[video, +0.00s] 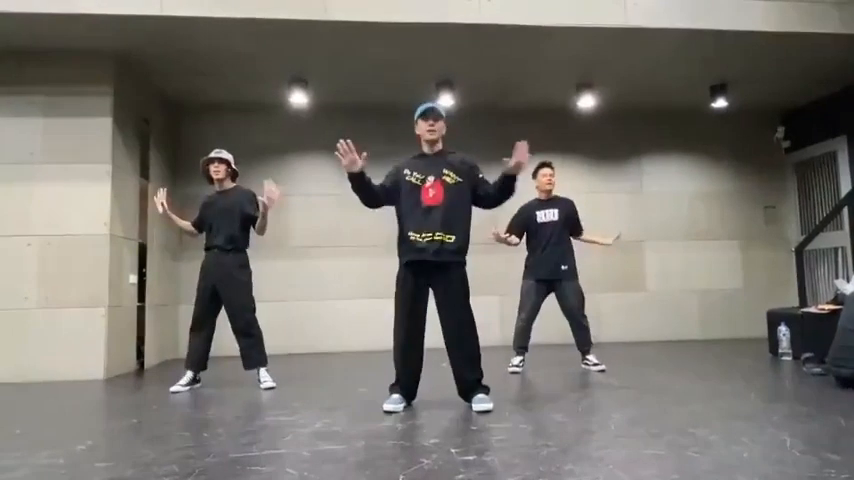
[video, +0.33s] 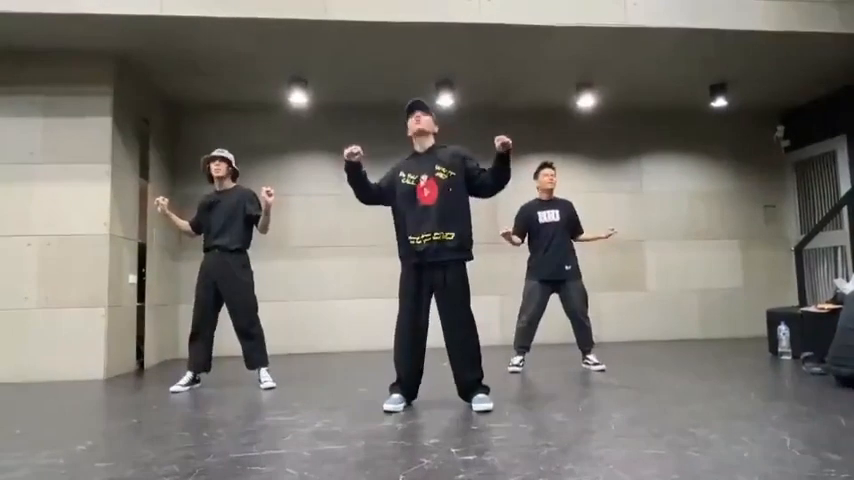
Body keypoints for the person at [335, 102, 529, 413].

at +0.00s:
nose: (431, 124)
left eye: (436, 119)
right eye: (425, 120)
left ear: (444, 126)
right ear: (416, 127)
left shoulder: (463, 166)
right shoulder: (403, 169)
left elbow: (490, 198)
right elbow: (373, 198)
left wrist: (510, 173)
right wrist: (356, 173)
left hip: (450, 263)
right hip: (412, 264)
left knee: (460, 327)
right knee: (406, 329)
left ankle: (475, 391)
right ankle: (401, 392)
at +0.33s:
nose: (417, 119)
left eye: (423, 115)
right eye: (412, 117)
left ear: (435, 124)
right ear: (407, 129)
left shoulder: (456, 157)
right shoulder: (400, 170)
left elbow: (488, 185)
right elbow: (369, 195)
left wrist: (502, 156)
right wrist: (354, 167)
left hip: (450, 258)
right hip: (413, 261)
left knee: (460, 324)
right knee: (409, 326)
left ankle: (475, 390)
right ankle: (403, 391)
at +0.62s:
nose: (416, 137)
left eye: (422, 131)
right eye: (413, 132)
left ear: (437, 133)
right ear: (409, 137)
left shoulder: (460, 162)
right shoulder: (411, 178)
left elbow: (490, 196)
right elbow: (384, 209)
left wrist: (501, 173)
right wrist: (363, 182)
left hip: (447, 259)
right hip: (412, 262)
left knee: (457, 326)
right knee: (407, 328)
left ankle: (475, 390)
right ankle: (402, 391)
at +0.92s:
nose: (459, 119)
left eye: (462, 115)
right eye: (452, 115)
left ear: (466, 124)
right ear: (437, 124)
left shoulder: (480, 164)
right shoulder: (422, 166)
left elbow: (511, 192)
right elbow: (387, 189)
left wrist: (518, 160)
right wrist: (373, 159)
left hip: (462, 259)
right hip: (425, 259)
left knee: (467, 326)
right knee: (415, 325)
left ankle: (476, 390)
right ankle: (402, 391)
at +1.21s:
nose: (456, 130)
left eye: (459, 124)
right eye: (449, 125)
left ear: (466, 129)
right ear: (437, 133)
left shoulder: (482, 169)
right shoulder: (425, 171)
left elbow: (501, 204)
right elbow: (399, 202)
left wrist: (505, 170)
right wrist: (384, 180)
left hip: (461, 261)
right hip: (425, 261)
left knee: (465, 326)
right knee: (419, 321)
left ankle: (475, 389)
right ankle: (430, 385)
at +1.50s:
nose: (425, 126)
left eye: (431, 121)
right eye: (420, 121)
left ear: (441, 126)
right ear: (413, 127)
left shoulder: (451, 154)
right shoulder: (421, 164)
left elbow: (484, 185)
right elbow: (434, 198)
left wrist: (461, 222)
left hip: (440, 246)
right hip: (419, 245)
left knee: (427, 314)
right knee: (420, 314)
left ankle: (442, 387)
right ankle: (430, 383)